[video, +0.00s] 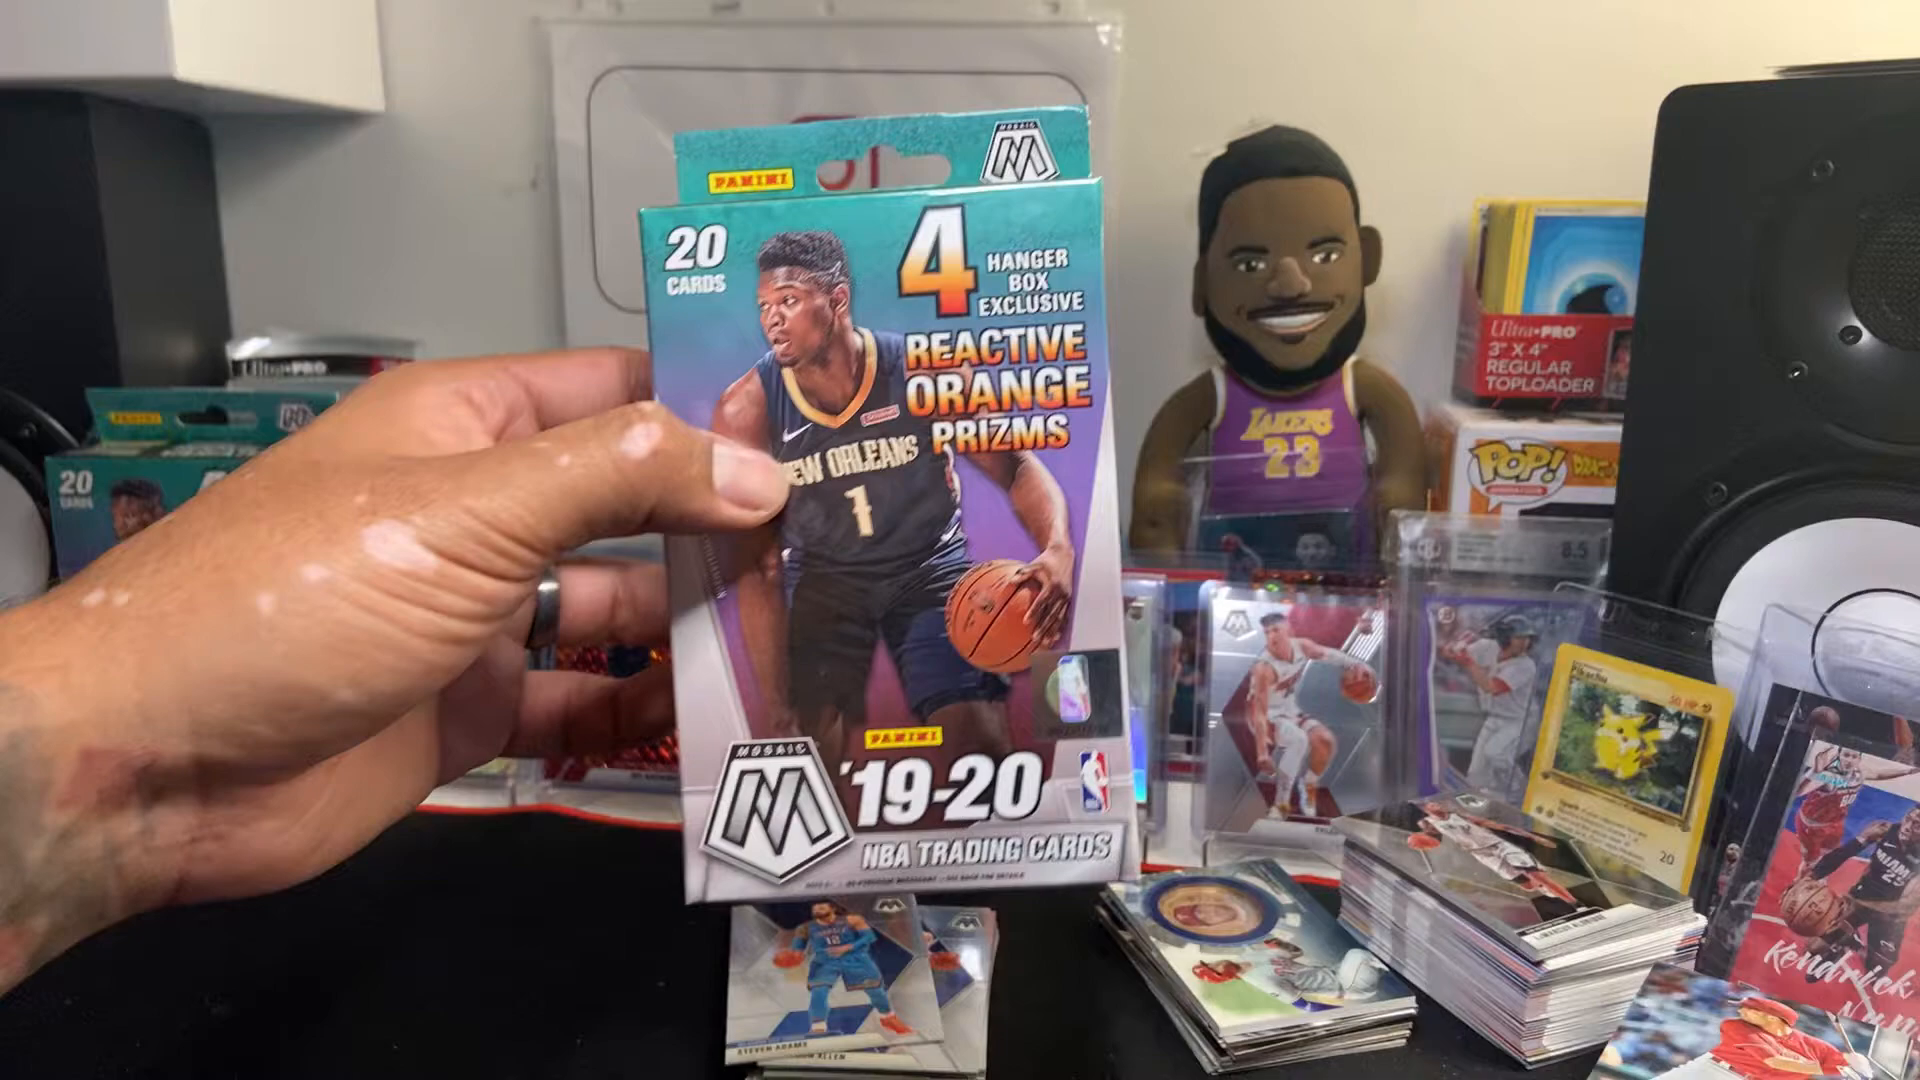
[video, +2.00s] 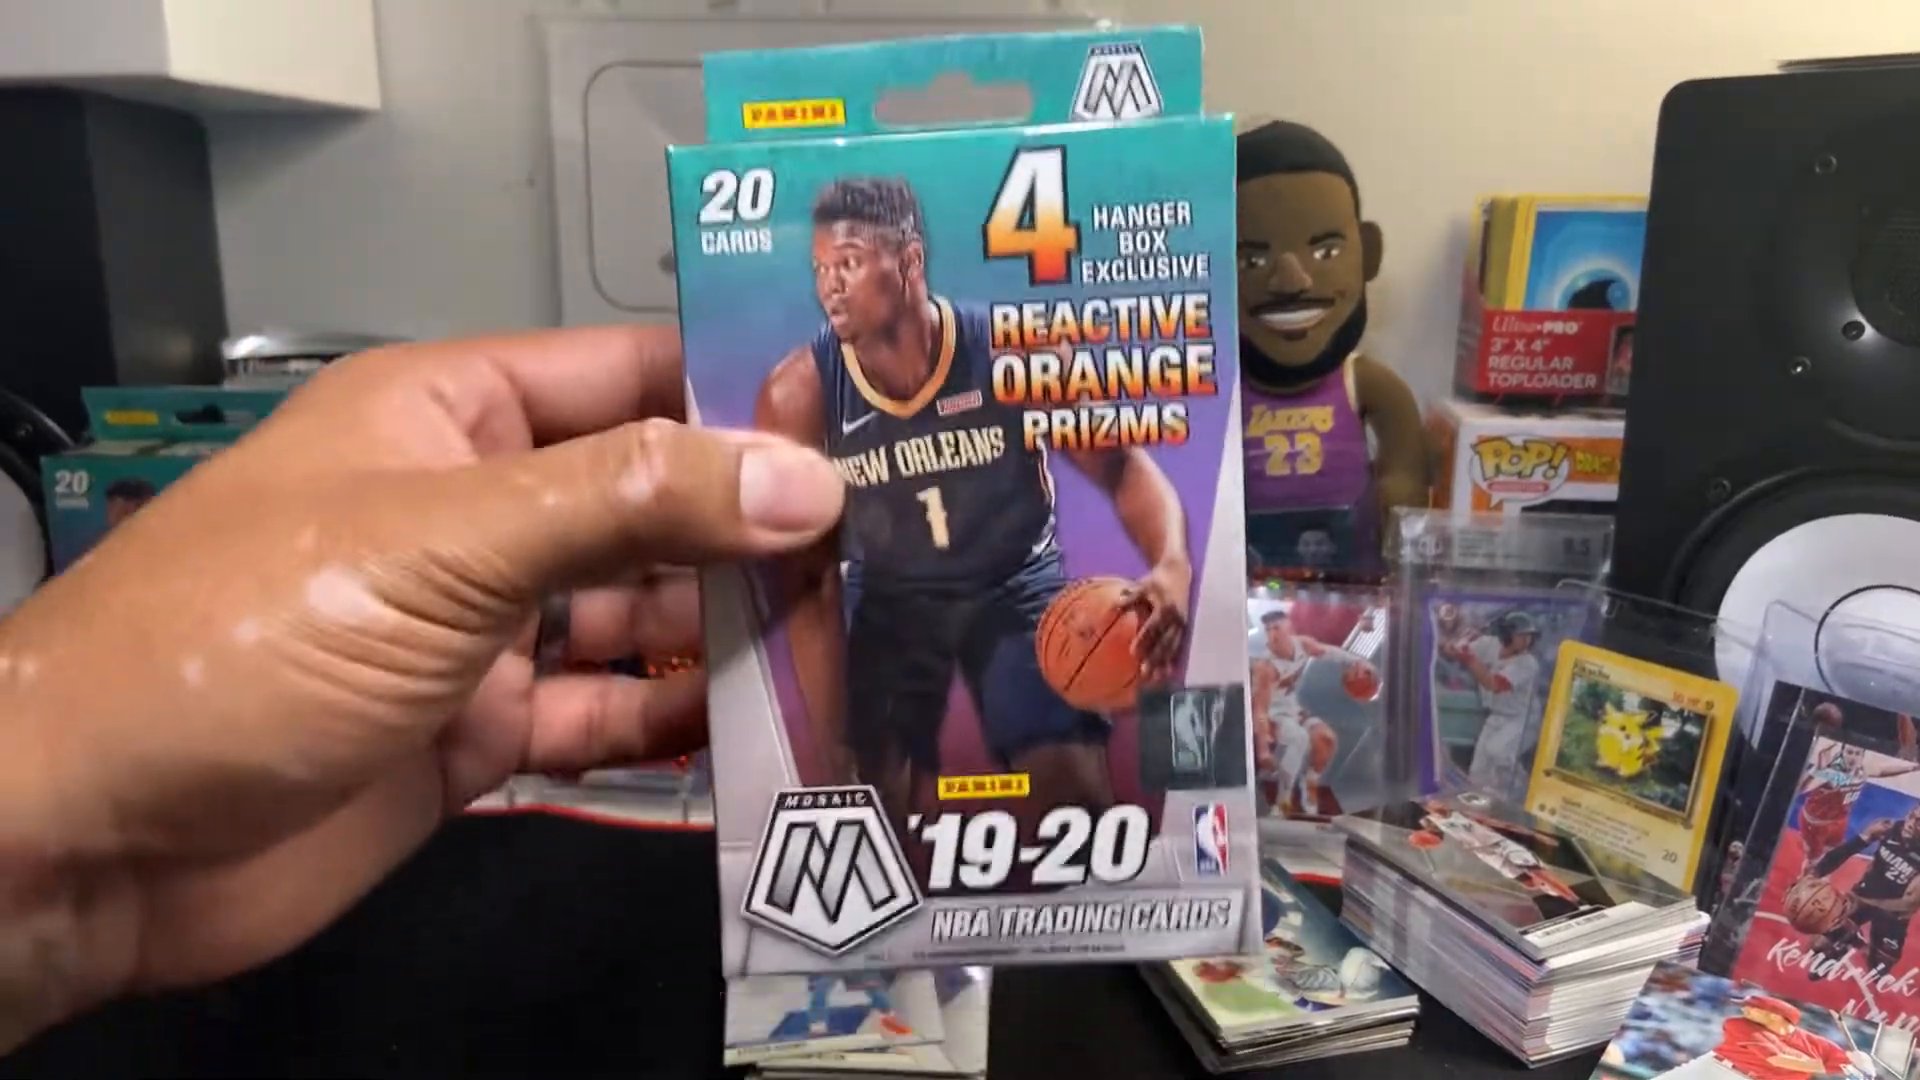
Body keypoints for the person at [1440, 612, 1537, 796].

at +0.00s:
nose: (1526, 643)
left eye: (1528, 639)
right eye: (1521, 638)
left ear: (1529, 641)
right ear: (1508, 639)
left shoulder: (1526, 666)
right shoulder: (1489, 648)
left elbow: (1493, 687)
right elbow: (1454, 653)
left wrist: (1469, 664)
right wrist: (1456, 648)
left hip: (1517, 724)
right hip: (1493, 721)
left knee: (1494, 753)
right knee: (1476, 771)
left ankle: (1519, 792)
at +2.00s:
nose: (1527, 641)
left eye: (1529, 636)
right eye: (1522, 636)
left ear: (1532, 638)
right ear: (1509, 636)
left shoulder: (1528, 663)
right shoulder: (1490, 645)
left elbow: (1496, 684)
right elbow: (1460, 651)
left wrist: (1470, 661)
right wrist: (1447, 648)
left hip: (1519, 722)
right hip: (1495, 718)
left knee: (1496, 751)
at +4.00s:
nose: (1527, 640)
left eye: (1529, 636)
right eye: (1522, 635)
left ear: (1532, 638)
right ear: (1509, 635)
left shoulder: (1528, 663)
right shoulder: (1490, 646)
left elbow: (1495, 684)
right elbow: (1457, 649)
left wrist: (1470, 660)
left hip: (1517, 722)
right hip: (1495, 717)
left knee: (1495, 751)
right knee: (1482, 753)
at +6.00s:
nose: (1529, 641)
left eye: (1532, 637)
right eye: (1525, 636)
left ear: (1535, 639)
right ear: (1514, 636)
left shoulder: (1530, 663)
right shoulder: (1495, 649)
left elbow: (1499, 685)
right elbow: (1462, 651)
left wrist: (1476, 664)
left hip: (1520, 722)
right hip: (1497, 718)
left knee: (1497, 751)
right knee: (1481, 766)